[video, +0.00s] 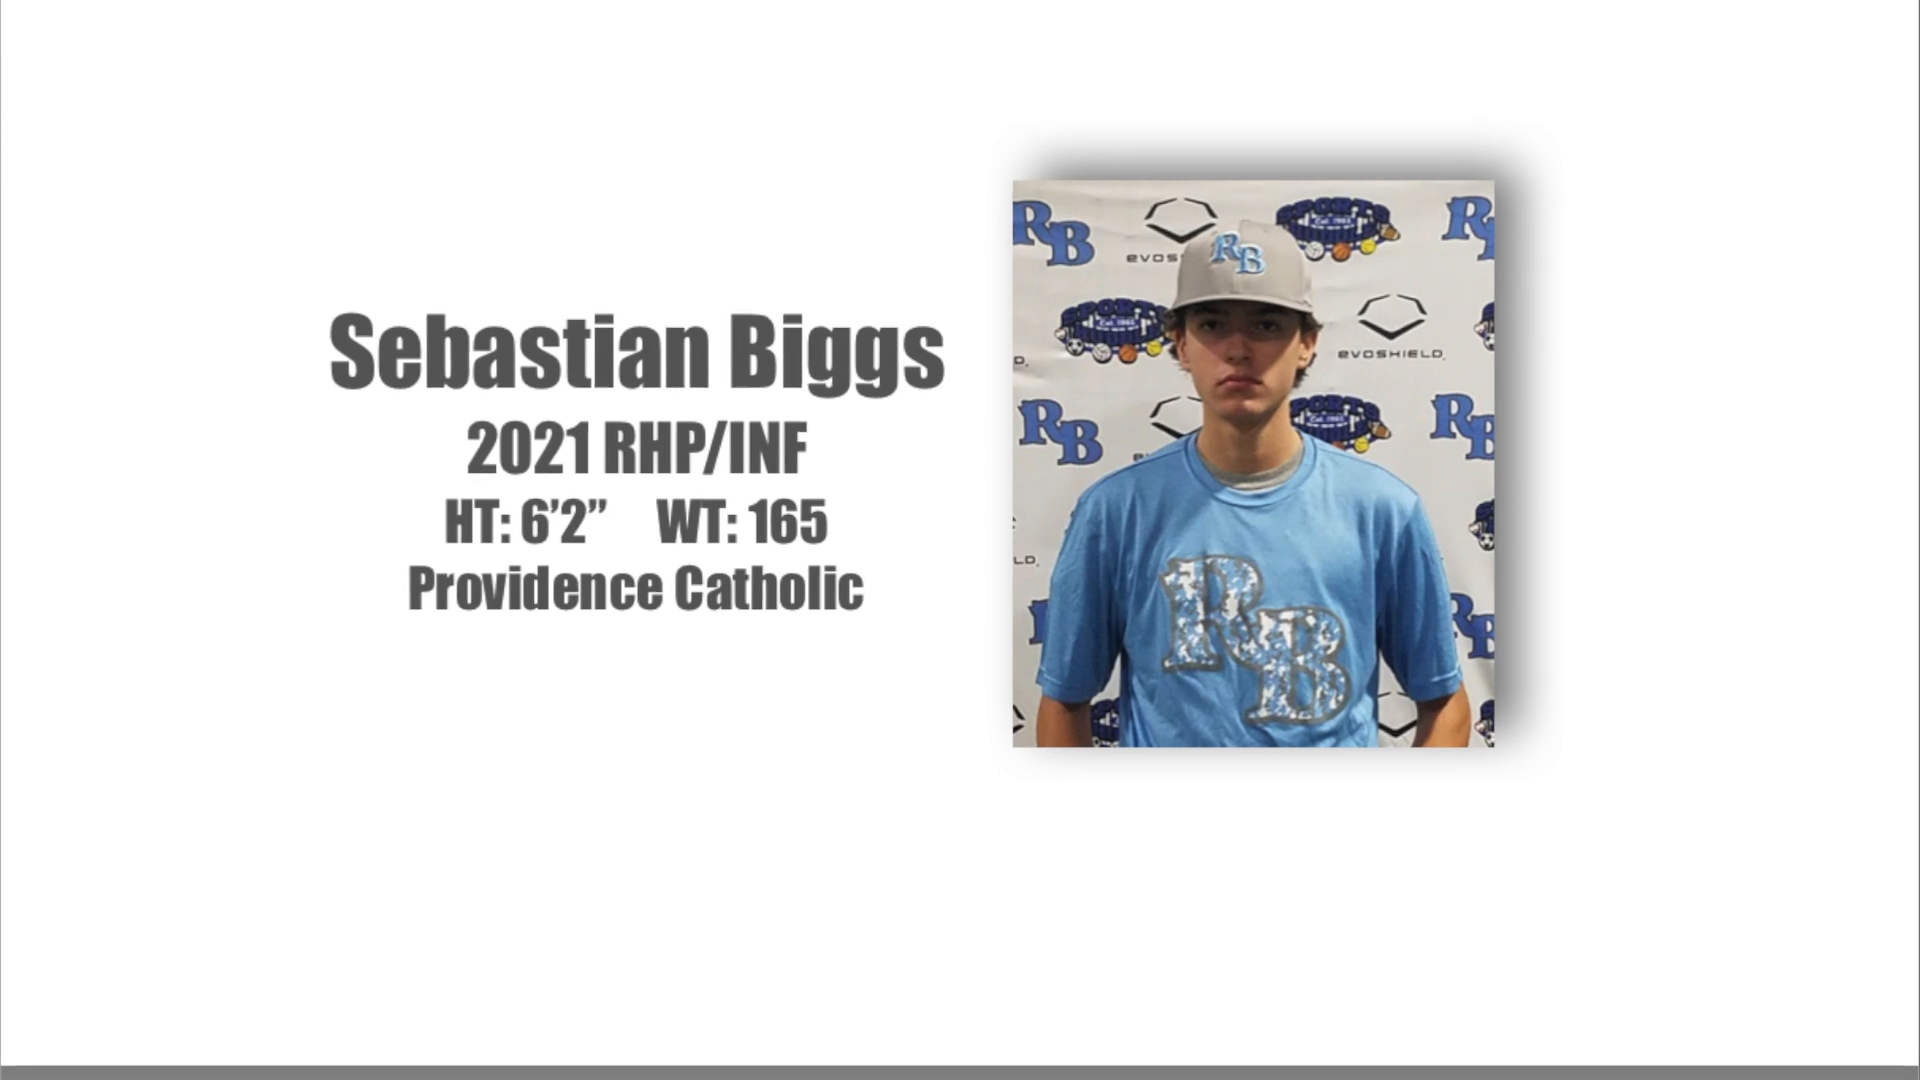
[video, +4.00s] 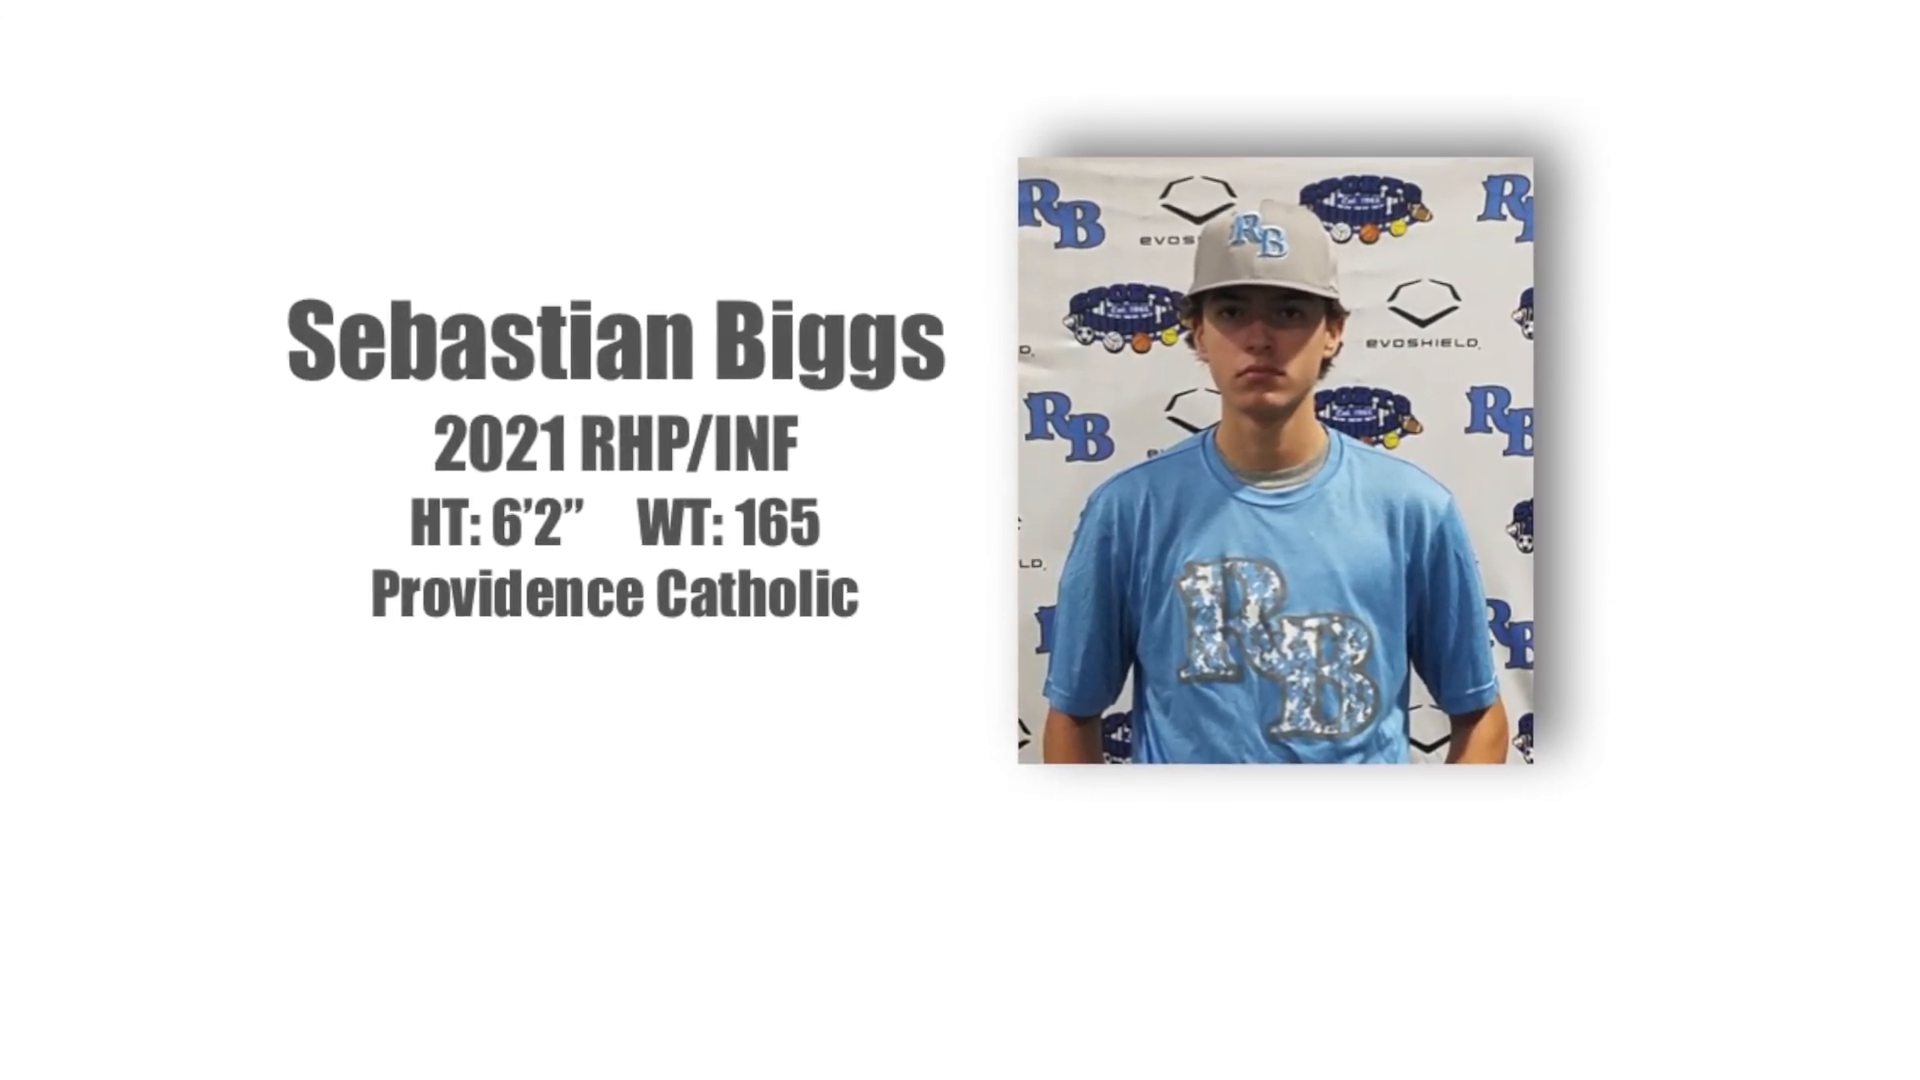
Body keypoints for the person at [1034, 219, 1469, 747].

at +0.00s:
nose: (1239, 349)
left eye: (1266, 325)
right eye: (1216, 325)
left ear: (1306, 345)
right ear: (1181, 345)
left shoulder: (1385, 511)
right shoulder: (1113, 513)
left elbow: (1446, 704)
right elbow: (1065, 705)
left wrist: (1407, 821)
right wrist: (1073, 824)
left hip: (1341, 820)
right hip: (1164, 819)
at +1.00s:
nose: (1243, 346)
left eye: (1271, 322)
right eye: (1220, 322)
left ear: (1311, 343)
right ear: (1185, 343)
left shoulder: (1392, 511)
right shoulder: (1116, 513)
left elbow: (1454, 707)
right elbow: (1067, 709)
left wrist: (1414, 823)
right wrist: (1079, 828)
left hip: (1348, 820)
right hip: (1169, 820)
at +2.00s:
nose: (1248, 343)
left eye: (1276, 319)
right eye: (1223, 319)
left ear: (1317, 341)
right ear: (1189, 341)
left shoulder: (1398, 511)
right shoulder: (1118, 513)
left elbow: (1461, 710)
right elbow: (1068, 712)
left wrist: (1422, 829)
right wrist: (1079, 835)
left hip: (1354, 826)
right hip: (1172, 825)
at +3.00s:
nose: (1254, 340)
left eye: (1282, 316)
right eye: (1229, 316)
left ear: (1324, 337)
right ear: (1193, 338)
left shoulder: (1407, 511)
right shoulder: (1122, 513)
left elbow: (1471, 714)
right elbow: (1071, 716)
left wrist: (1431, 836)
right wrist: (1083, 841)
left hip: (1362, 831)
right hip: (1177, 831)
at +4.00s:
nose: (1260, 337)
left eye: (1289, 312)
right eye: (1234, 312)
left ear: (1331, 334)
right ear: (1198, 335)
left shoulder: (1415, 511)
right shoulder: (1125, 514)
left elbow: (1482, 717)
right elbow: (1073, 720)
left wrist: (1440, 841)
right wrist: (1086, 847)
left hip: (1370, 837)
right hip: (1182, 837)